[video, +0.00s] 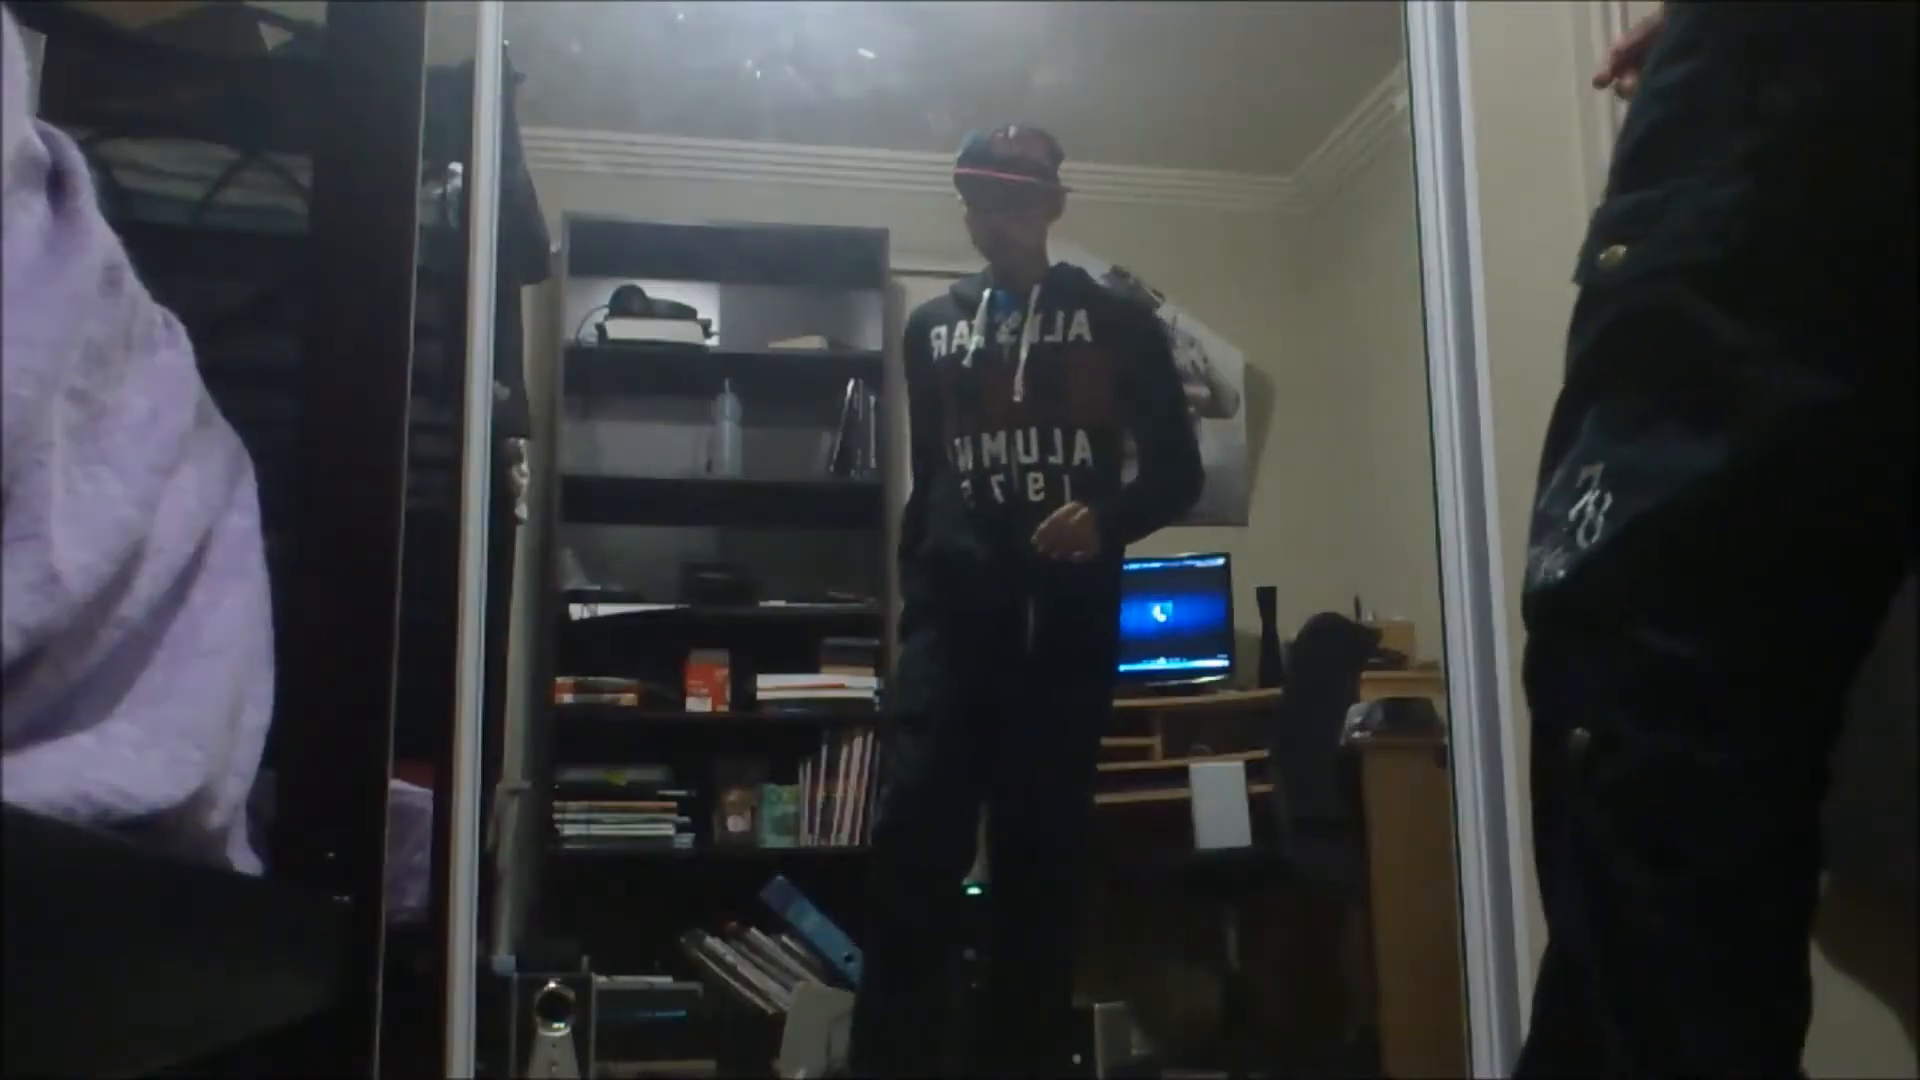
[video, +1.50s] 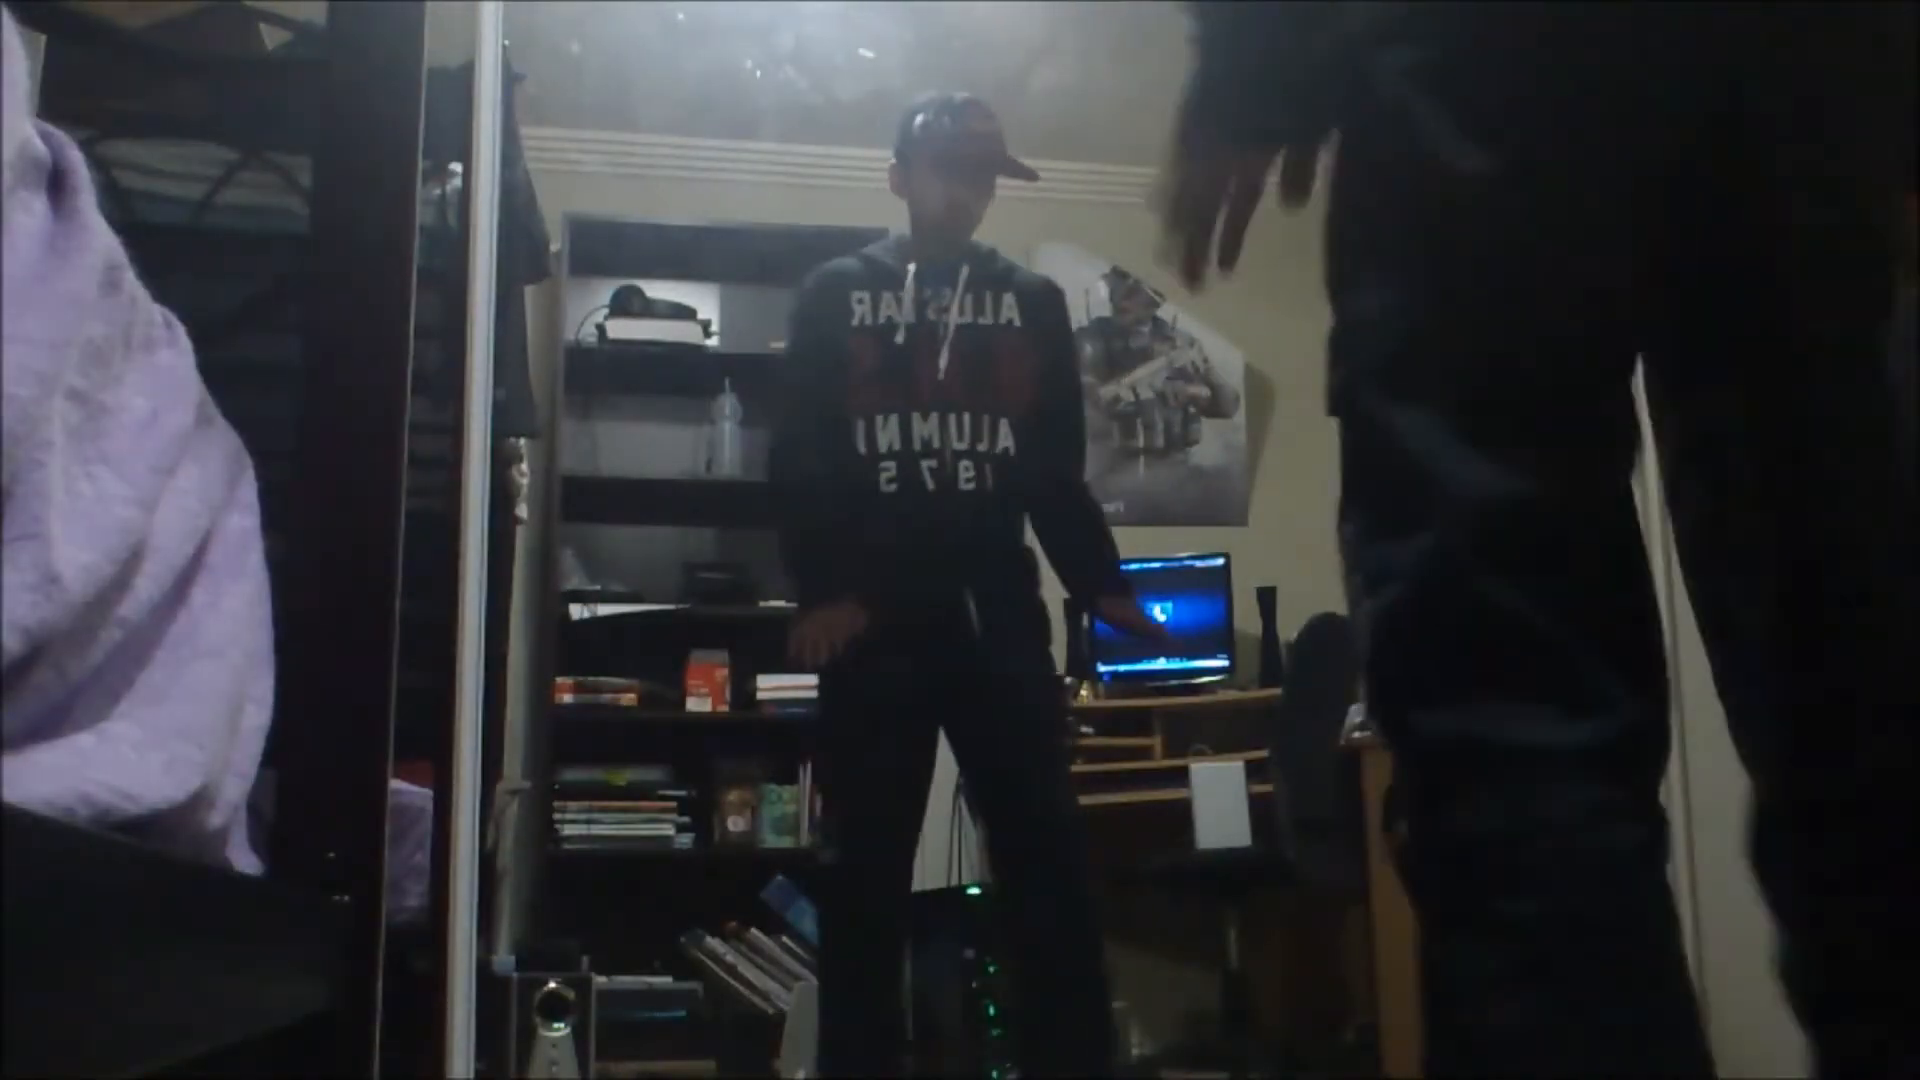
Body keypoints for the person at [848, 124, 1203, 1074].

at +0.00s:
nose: (997, 217)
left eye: (1017, 198)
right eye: (982, 199)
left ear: (1054, 205)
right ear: (962, 206)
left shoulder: (1117, 317)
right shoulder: (930, 329)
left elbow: (1177, 473)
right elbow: (927, 477)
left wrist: (1106, 519)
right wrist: (914, 587)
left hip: (1065, 626)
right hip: (950, 622)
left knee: (1041, 863)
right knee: (911, 850)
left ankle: (1025, 1061)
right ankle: (894, 1062)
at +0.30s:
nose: (979, 193)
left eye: (1000, 176)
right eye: (964, 175)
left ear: (1034, 187)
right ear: (940, 185)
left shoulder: (1089, 311)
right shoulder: (895, 313)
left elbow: (1129, 459)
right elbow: (861, 472)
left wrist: (1110, 549)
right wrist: (851, 612)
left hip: (1047, 616)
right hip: (923, 613)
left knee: (1038, 859)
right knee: (900, 852)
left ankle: (1029, 1060)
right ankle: (891, 1060)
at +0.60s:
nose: (969, 194)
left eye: (989, 179)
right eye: (954, 172)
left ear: (1011, 195)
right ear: (918, 182)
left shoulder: (1046, 317)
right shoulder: (861, 302)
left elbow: (1079, 474)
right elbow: (794, 448)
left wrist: (1099, 602)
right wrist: (812, 539)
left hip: (1023, 612)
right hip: (900, 607)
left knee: (1021, 852)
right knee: (895, 849)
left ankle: (1016, 1057)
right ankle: (891, 1055)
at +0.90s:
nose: (954, 199)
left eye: (971, 184)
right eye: (939, 175)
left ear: (983, 197)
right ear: (891, 176)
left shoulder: (993, 313)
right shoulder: (817, 290)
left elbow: (1016, 488)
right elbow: (752, 432)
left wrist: (1035, 642)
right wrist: (859, 456)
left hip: (987, 628)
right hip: (872, 623)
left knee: (1029, 863)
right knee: (885, 869)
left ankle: (1019, 1062)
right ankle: (886, 1065)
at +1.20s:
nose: (949, 197)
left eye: (965, 180)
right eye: (931, 174)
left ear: (978, 191)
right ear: (881, 177)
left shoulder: (992, 312)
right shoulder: (817, 280)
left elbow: (993, 499)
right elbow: (763, 435)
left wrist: (1018, 639)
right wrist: (879, 499)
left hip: (968, 616)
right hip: (848, 616)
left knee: (1045, 845)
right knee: (848, 869)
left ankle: (1074, 1064)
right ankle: (852, 1068)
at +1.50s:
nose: (967, 188)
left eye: (983, 171)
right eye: (947, 167)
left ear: (999, 179)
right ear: (901, 173)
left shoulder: (1032, 301)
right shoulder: (837, 290)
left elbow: (1053, 471)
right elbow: (804, 448)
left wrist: (1102, 585)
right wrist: (819, 587)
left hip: (996, 609)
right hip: (874, 610)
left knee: (1044, 855)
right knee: (867, 868)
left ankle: (1071, 1064)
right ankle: (857, 1069)